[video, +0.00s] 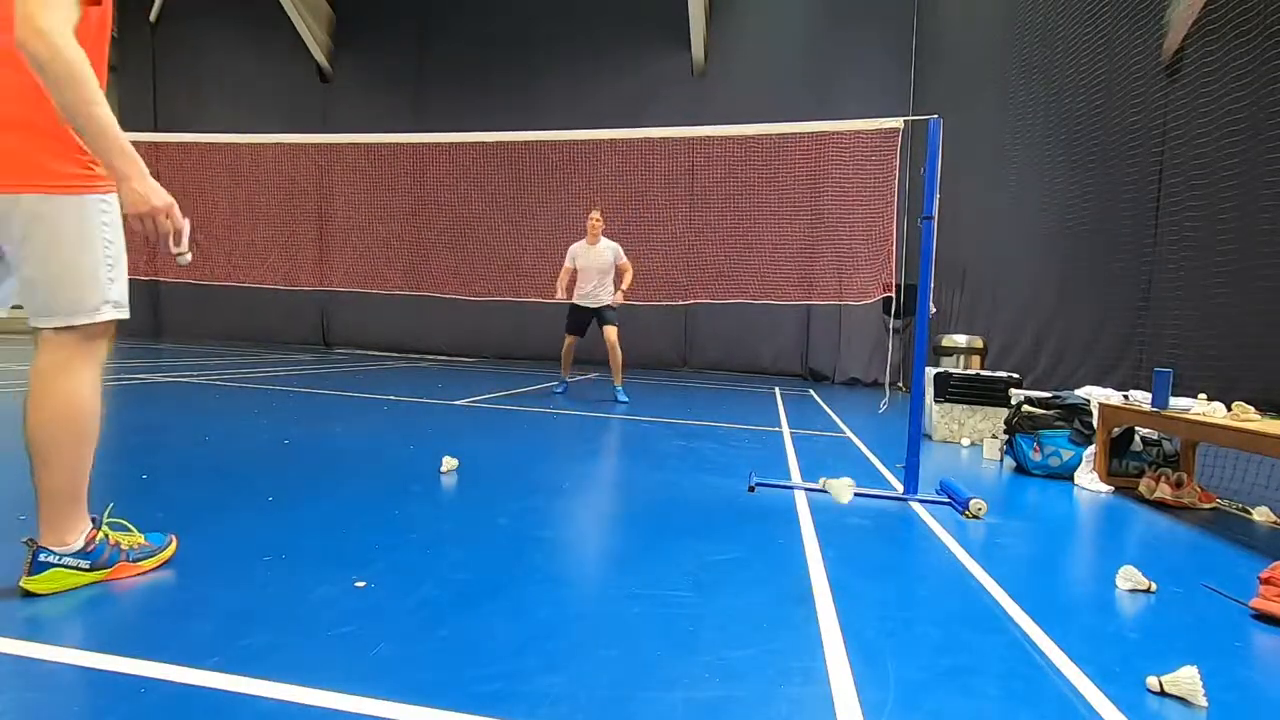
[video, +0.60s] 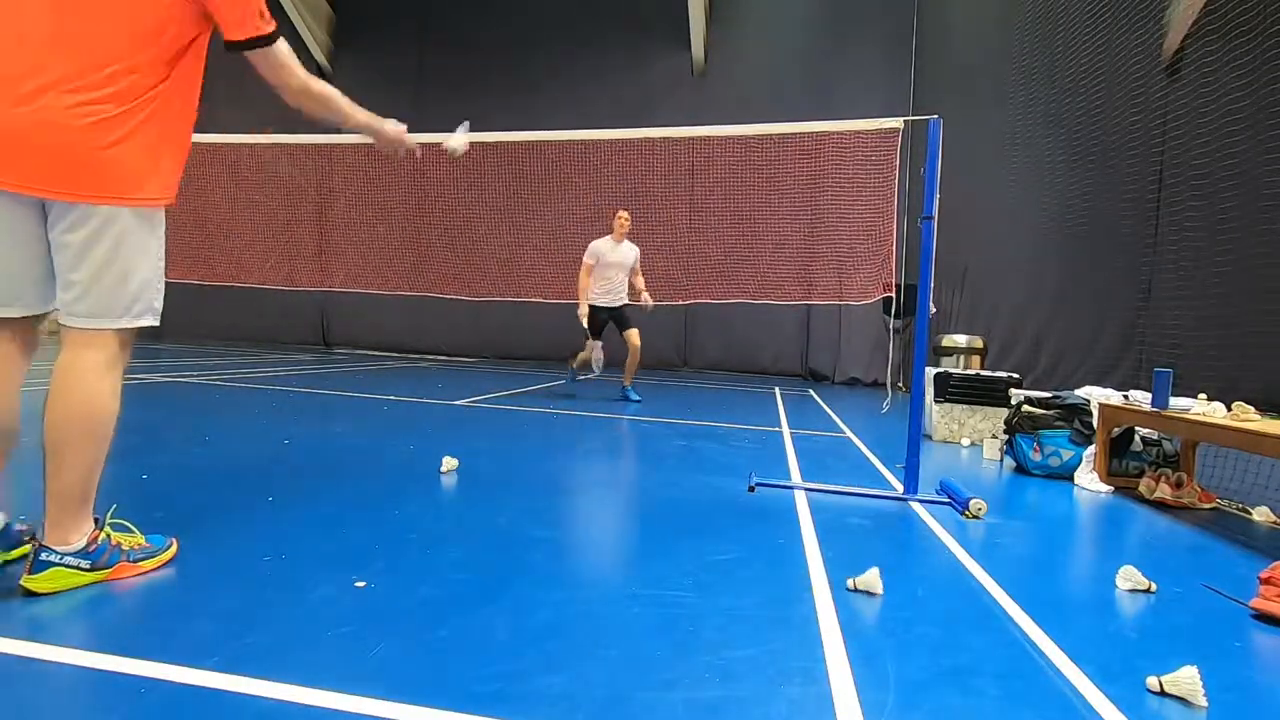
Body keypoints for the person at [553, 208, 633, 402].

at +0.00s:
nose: (594, 223)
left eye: (598, 220)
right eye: (591, 220)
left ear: (603, 225)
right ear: (586, 223)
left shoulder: (613, 248)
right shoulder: (575, 249)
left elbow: (628, 270)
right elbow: (564, 276)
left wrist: (621, 291)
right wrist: (560, 292)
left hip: (605, 303)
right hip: (580, 302)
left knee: (612, 340)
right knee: (569, 342)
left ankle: (618, 387)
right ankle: (563, 380)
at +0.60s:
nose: (623, 222)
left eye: (627, 219)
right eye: (620, 219)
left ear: (630, 224)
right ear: (613, 221)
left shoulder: (633, 251)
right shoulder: (597, 246)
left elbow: (636, 274)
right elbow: (584, 274)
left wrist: (643, 291)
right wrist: (582, 303)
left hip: (619, 305)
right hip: (596, 305)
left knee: (635, 343)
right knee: (591, 351)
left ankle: (627, 386)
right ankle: (575, 366)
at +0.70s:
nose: (631, 222)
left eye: (634, 219)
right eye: (628, 218)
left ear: (638, 225)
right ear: (621, 222)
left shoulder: (640, 253)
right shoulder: (605, 245)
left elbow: (651, 274)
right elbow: (593, 273)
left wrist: (665, 287)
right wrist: (595, 298)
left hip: (626, 306)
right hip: (604, 304)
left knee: (638, 350)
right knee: (606, 348)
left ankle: (627, 388)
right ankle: (589, 378)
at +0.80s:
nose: (638, 219)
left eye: (641, 216)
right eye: (635, 215)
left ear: (644, 221)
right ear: (627, 218)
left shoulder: (645, 249)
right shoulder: (611, 239)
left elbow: (660, 269)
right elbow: (598, 263)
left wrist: (680, 274)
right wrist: (614, 276)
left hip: (630, 302)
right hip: (607, 299)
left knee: (639, 351)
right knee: (612, 336)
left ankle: (627, 388)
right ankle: (602, 387)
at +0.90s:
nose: (642, 213)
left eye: (645, 210)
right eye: (639, 208)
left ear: (648, 216)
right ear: (630, 211)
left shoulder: (648, 242)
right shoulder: (615, 231)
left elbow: (662, 265)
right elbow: (609, 242)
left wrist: (685, 267)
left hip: (632, 300)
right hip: (609, 296)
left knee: (637, 349)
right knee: (613, 334)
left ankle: (626, 386)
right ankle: (613, 391)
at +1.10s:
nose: (649, 217)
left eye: (652, 214)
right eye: (645, 212)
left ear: (654, 220)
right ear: (635, 215)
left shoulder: (650, 246)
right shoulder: (623, 235)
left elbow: (652, 270)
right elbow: (618, 241)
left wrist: (673, 287)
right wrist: (619, 242)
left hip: (635, 307)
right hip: (613, 302)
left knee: (640, 356)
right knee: (624, 339)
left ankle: (622, 383)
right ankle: (626, 400)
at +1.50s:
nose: (659, 232)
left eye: (663, 229)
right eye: (655, 227)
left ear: (666, 235)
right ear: (645, 229)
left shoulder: (658, 256)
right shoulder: (632, 252)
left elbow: (646, 279)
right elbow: (619, 261)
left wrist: (652, 296)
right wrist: (613, 265)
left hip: (635, 309)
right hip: (611, 306)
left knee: (638, 354)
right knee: (623, 339)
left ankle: (623, 382)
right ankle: (626, 400)